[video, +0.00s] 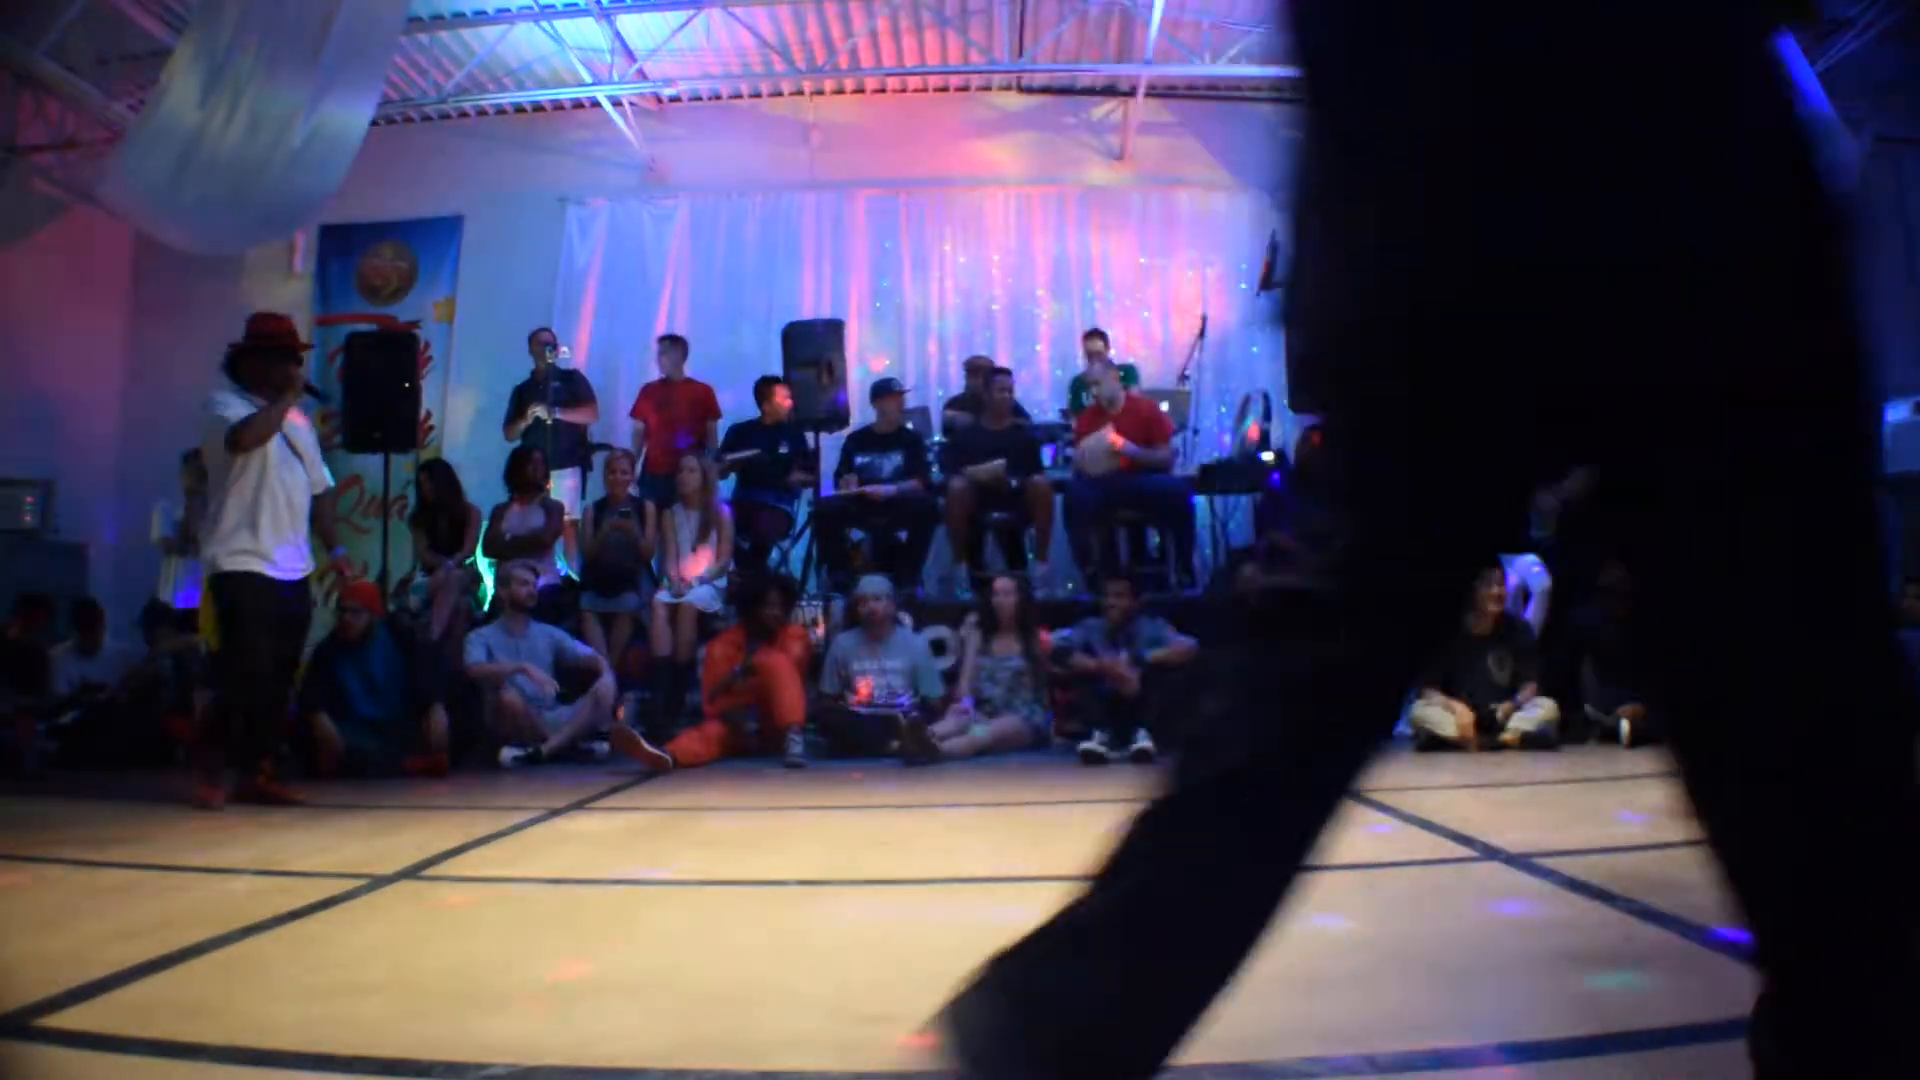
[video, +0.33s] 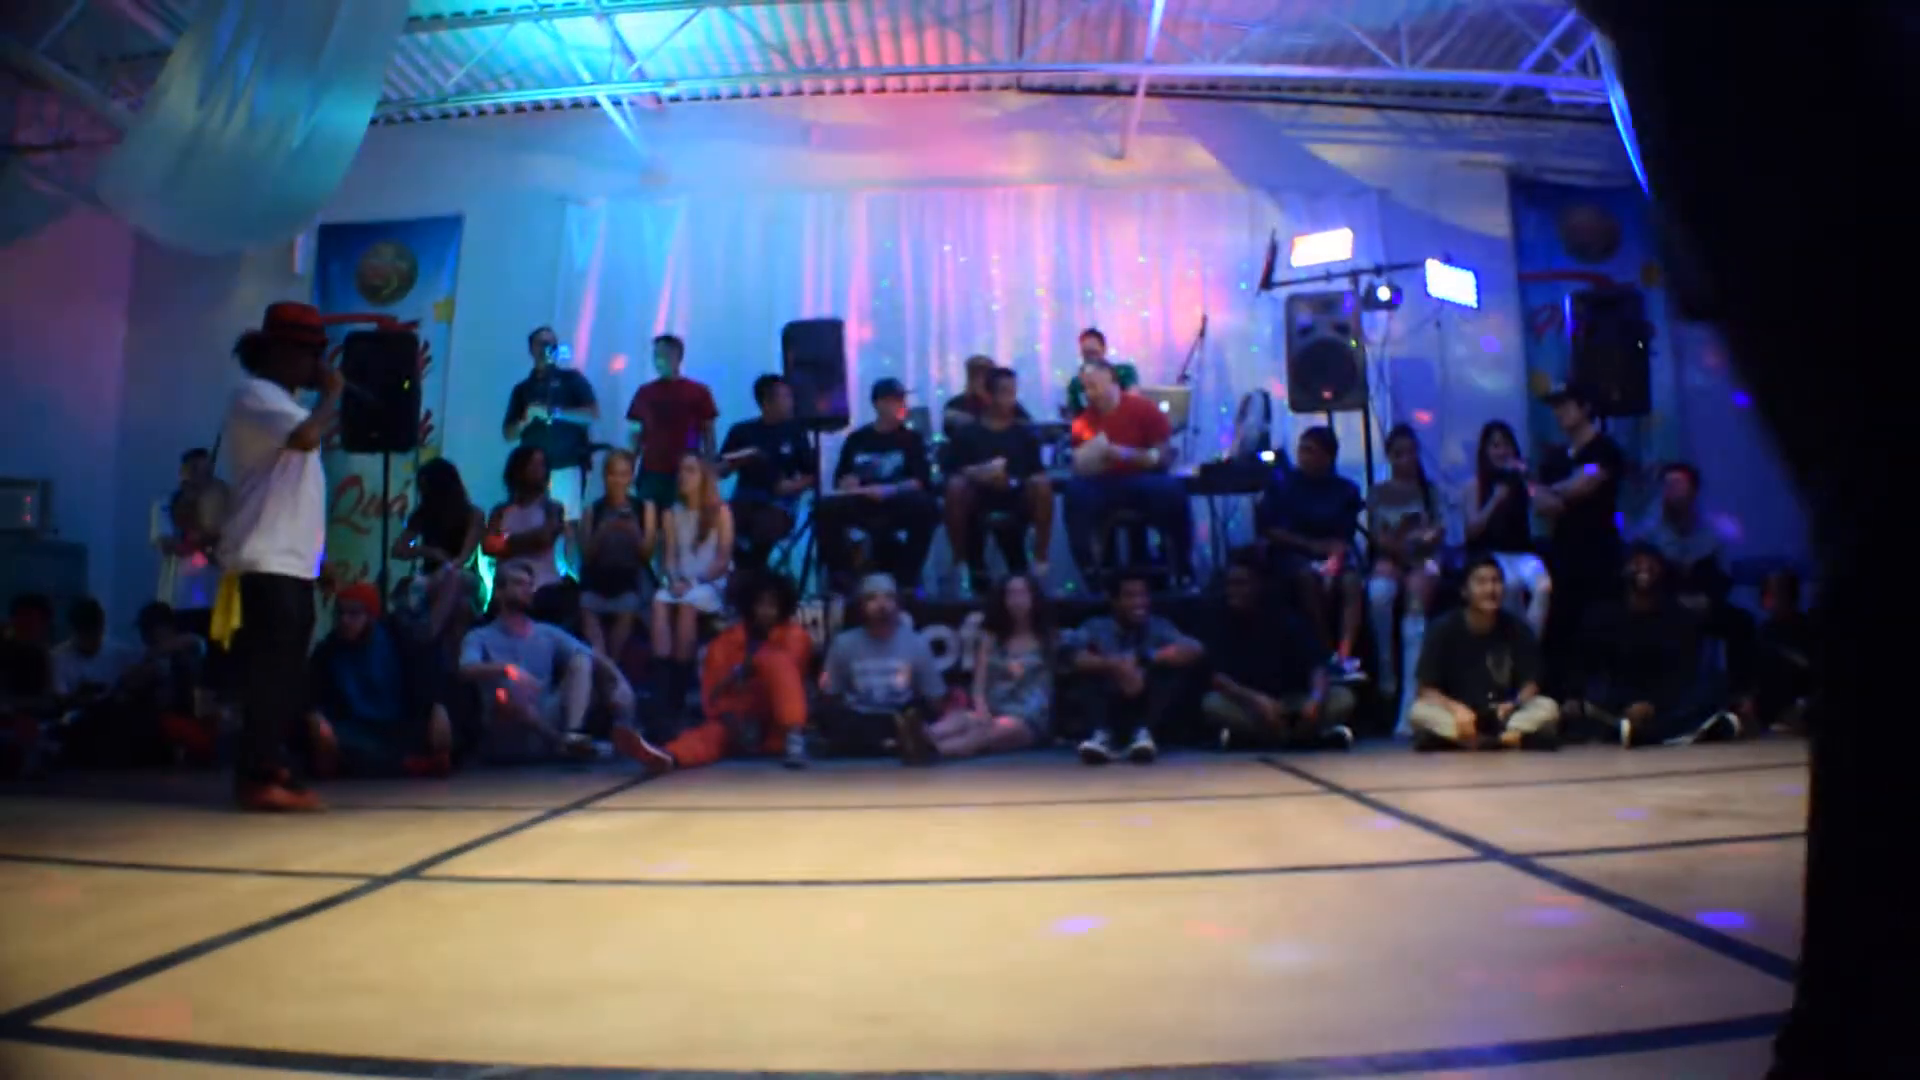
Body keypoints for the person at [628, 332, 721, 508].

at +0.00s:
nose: (660, 360)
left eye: (666, 353)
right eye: (659, 354)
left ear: (682, 355)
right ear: (658, 357)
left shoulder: (703, 392)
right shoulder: (649, 391)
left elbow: (711, 436)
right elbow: (638, 433)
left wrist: (709, 471)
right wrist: (631, 470)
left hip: (691, 477)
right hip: (655, 474)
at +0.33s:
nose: (660, 362)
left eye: (666, 356)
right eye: (657, 356)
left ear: (678, 358)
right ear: (654, 359)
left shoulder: (698, 393)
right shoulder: (645, 392)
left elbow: (708, 437)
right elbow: (636, 436)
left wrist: (709, 477)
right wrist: (628, 473)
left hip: (685, 474)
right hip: (651, 472)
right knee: (649, 531)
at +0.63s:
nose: (669, 360)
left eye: (674, 354)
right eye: (665, 355)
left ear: (681, 357)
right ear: (659, 358)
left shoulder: (699, 394)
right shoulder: (646, 396)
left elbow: (709, 434)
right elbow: (634, 435)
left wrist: (707, 468)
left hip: (689, 473)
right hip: (655, 471)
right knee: (653, 528)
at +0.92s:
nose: (675, 360)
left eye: (679, 355)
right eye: (669, 356)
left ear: (684, 357)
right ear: (659, 359)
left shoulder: (698, 393)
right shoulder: (643, 393)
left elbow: (711, 433)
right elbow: (632, 434)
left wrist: (695, 429)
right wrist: (629, 471)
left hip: (686, 475)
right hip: (652, 472)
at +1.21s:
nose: (676, 360)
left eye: (680, 354)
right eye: (669, 356)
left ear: (685, 356)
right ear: (659, 360)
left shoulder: (697, 390)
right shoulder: (643, 392)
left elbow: (711, 423)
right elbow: (632, 434)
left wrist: (689, 388)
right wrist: (629, 471)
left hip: (686, 474)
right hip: (652, 473)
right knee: (649, 533)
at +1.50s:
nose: (676, 359)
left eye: (679, 354)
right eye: (669, 355)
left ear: (684, 356)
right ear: (659, 359)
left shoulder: (697, 390)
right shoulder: (644, 393)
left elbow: (710, 421)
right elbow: (632, 434)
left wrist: (689, 387)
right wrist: (628, 473)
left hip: (687, 476)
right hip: (652, 474)